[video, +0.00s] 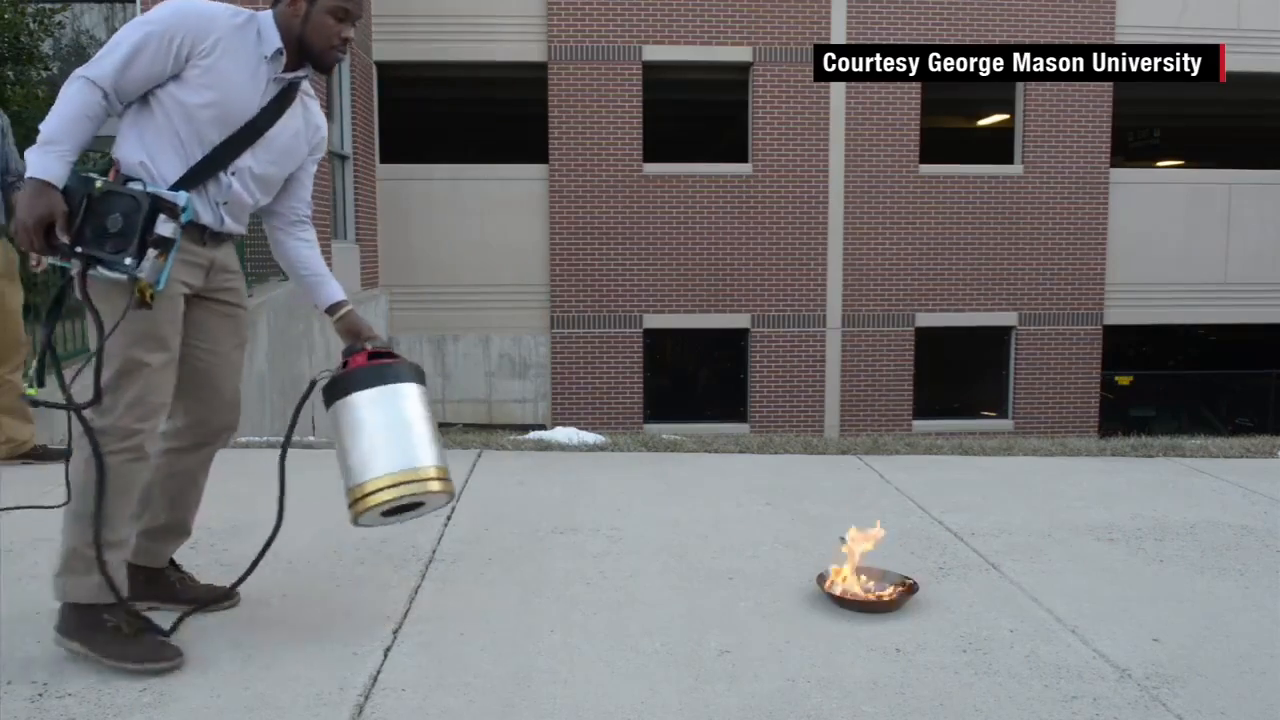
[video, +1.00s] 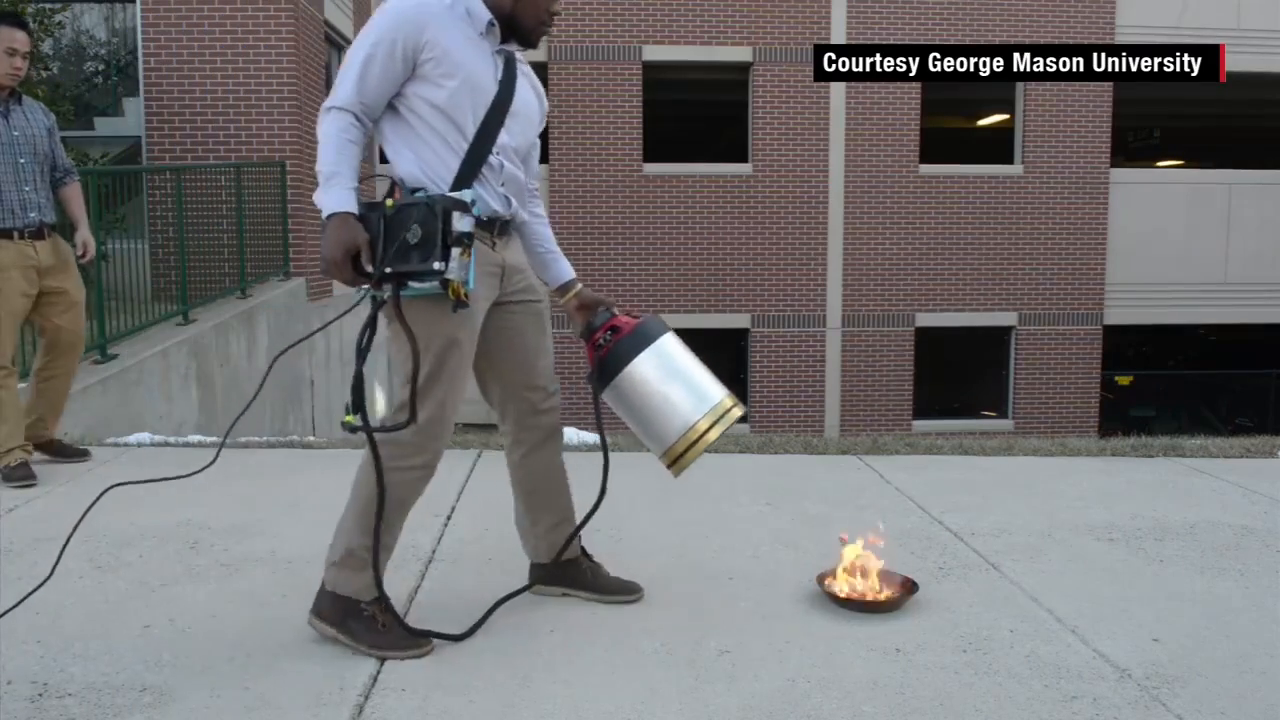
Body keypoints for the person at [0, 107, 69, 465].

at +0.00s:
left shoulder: (4, 123)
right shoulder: (6, 124)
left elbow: (14, 179)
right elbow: (14, 180)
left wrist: (30, 232)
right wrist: (31, 232)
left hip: (5, 241)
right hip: (4, 243)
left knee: (11, 342)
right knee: (10, 342)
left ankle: (13, 435)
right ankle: (12, 436)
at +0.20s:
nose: (6, 67)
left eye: (9, 59)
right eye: (2, 58)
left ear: (14, 65)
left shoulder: (20, 124)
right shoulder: (17, 124)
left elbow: (37, 188)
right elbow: (37, 189)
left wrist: (51, 243)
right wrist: (48, 241)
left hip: (15, 246)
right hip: (10, 247)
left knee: (18, 347)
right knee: (14, 349)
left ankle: (16, 439)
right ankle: (14, 439)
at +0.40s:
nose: (21, 67)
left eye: (27, 60)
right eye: (12, 57)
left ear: (32, 67)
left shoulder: (34, 123)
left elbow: (48, 188)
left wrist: (58, 242)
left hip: (25, 251)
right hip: (3, 250)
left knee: (19, 352)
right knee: (12, 353)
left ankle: (16, 440)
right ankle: (13, 440)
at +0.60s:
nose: (28, 67)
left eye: (35, 60)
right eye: (19, 57)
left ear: (40, 68)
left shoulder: (43, 123)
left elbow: (60, 186)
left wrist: (73, 241)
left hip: (32, 248)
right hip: (1, 247)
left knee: (23, 353)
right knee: (3, 355)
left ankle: (23, 441)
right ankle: (2, 451)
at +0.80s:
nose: (24, 66)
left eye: (30, 59)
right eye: (15, 56)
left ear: (34, 66)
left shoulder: (40, 119)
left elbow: (62, 179)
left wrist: (79, 229)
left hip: (44, 249)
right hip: (5, 250)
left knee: (36, 353)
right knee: (5, 357)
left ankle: (30, 439)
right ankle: (10, 452)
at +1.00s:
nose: (18, 64)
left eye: (24, 56)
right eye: (10, 54)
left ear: (30, 62)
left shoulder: (39, 114)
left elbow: (64, 174)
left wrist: (82, 225)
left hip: (52, 247)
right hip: (7, 251)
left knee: (68, 336)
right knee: (5, 357)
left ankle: (39, 432)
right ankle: (10, 453)